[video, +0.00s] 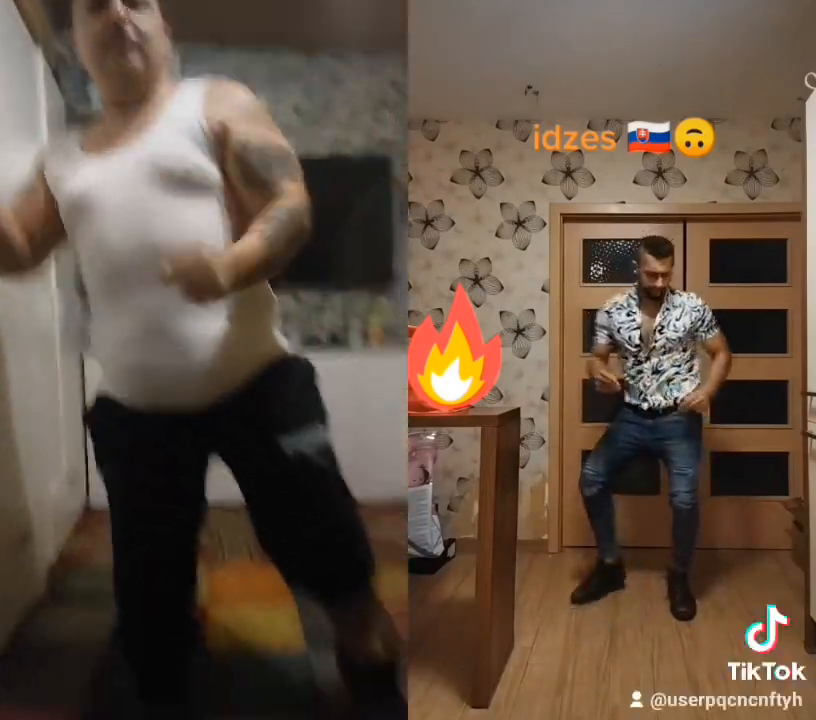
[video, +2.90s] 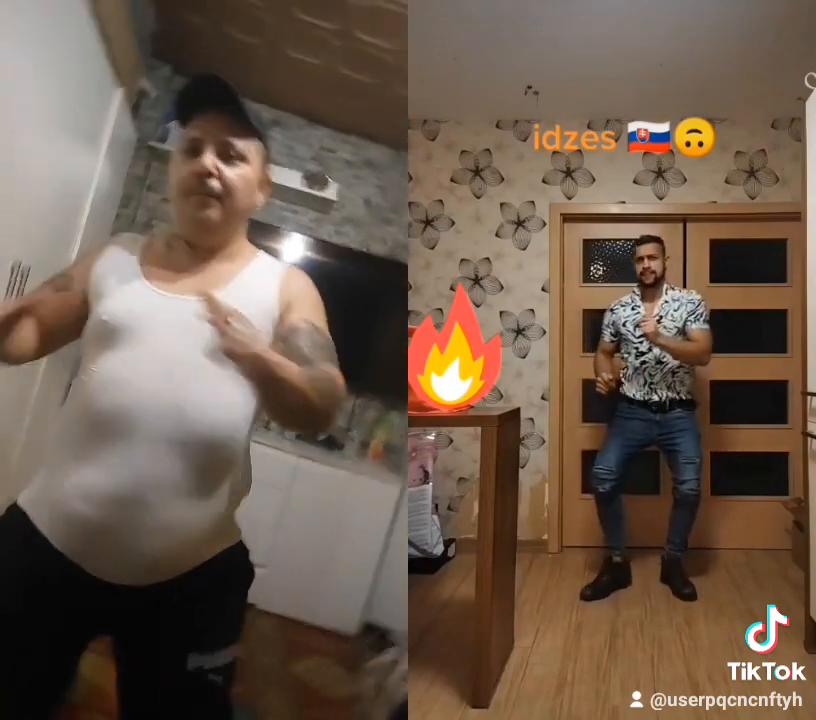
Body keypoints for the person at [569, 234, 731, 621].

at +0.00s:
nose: (659, 284)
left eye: (665, 276)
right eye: (651, 276)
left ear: (672, 272)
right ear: (637, 271)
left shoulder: (691, 308)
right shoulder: (613, 312)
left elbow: (722, 353)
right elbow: (597, 360)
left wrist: (707, 391)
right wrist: (603, 374)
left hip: (679, 419)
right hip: (632, 418)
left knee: (684, 498)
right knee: (592, 478)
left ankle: (680, 578)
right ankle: (610, 567)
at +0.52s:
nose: (623, 288)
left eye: (629, 281)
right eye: (616, 280)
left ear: (635, 282)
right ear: (600, 280)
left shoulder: (649, 314)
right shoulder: (578, 321)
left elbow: (674, 372)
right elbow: (555, 370)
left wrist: (669, 362)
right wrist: (566, 388)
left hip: (649, 422)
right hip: (602, 425)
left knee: (677, 490)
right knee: (584, 498)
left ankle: (654, 579)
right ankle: (605, 570)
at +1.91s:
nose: (644, 261)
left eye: (650, 255)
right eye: (638, 254)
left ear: (657, 261)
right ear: (625, 258)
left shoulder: (667, 301)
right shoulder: (601, 298)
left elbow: (675, 340)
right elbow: (579, 348)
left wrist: (674, 363)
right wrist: (610, 355)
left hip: (657, 407)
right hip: (611, 405)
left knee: (673, 480)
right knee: (602, 483)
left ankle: (671, 561)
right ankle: (607, 566)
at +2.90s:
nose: (646, 265)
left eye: (653, 259)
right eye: (640, 260)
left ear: (665, 263)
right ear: (634, 265)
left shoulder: (689, 302)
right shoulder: (619, 310)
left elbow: (702, 354)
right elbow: (604, 354)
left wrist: (659, 339)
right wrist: (605, 376)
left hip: (678, 414)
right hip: (631, 412)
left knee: (689, 488)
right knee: (603, 478)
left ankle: (673, 564)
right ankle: (617, 565)